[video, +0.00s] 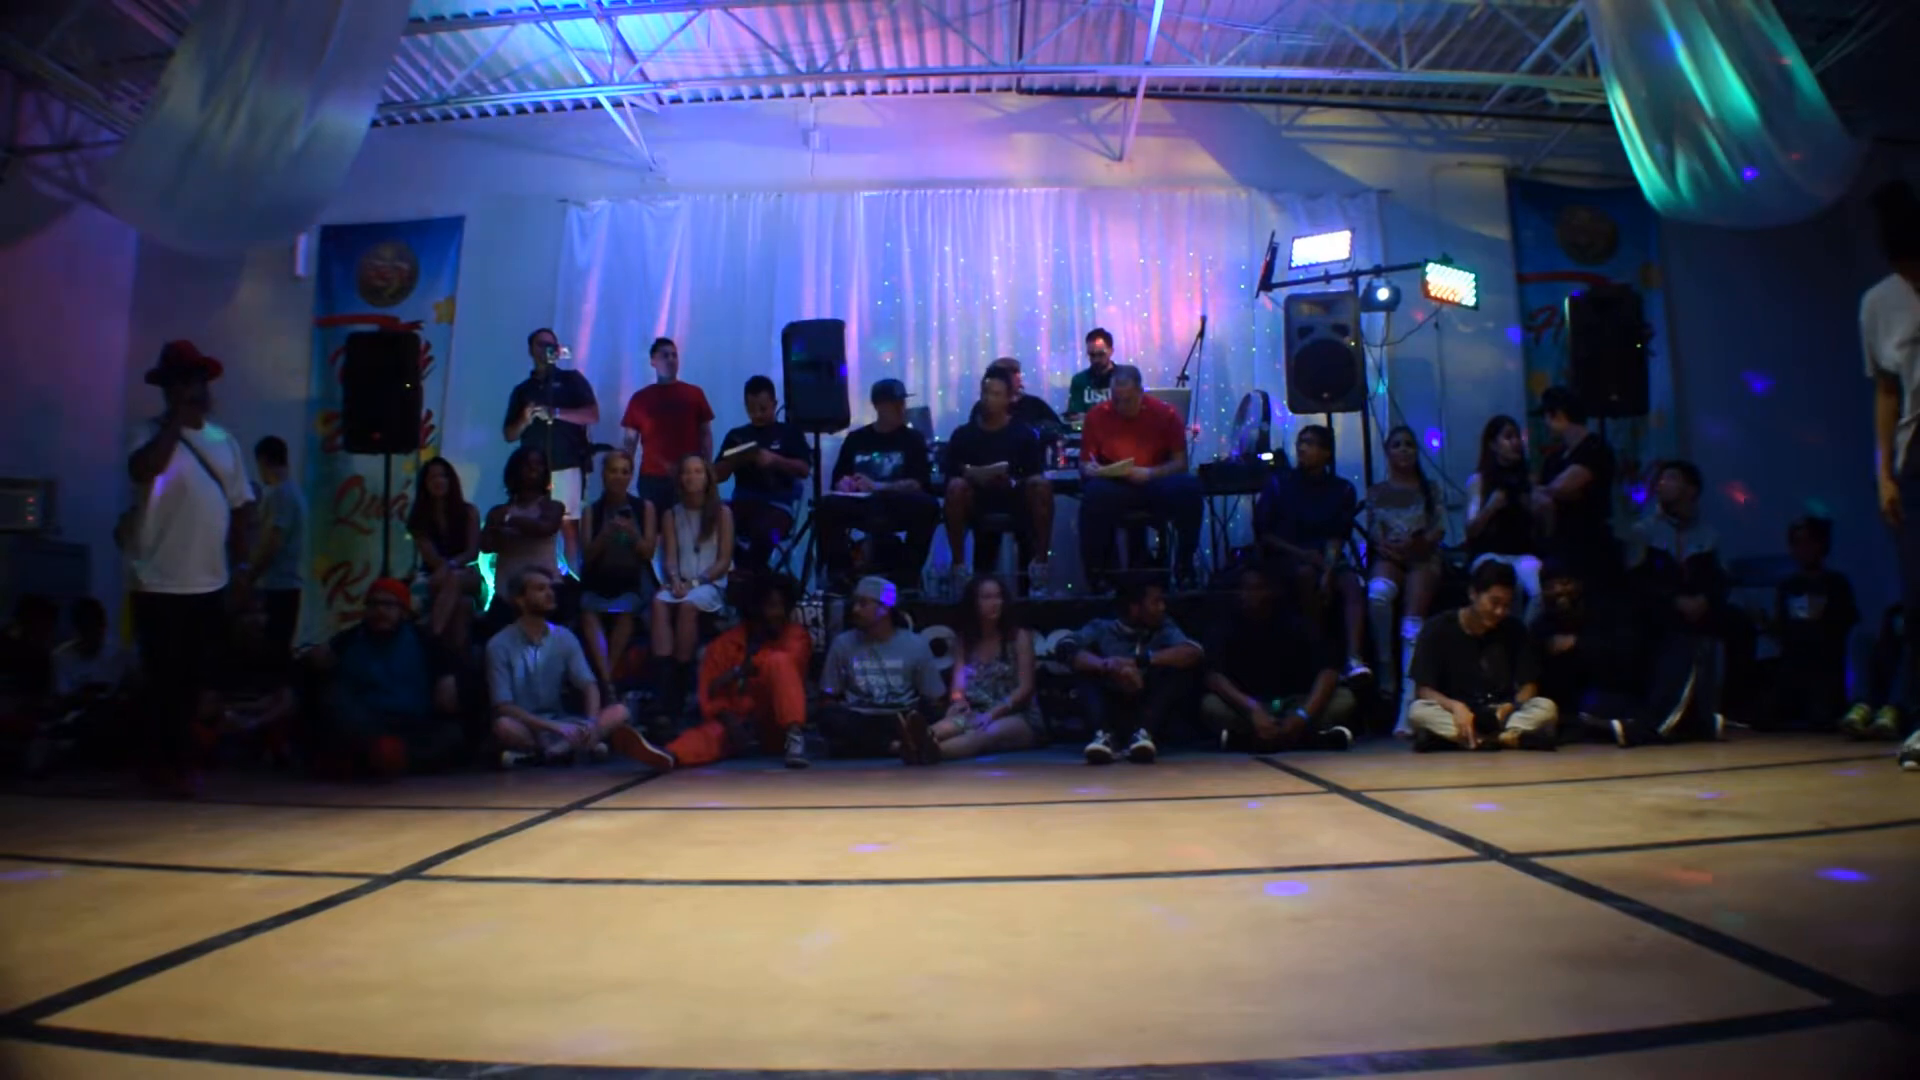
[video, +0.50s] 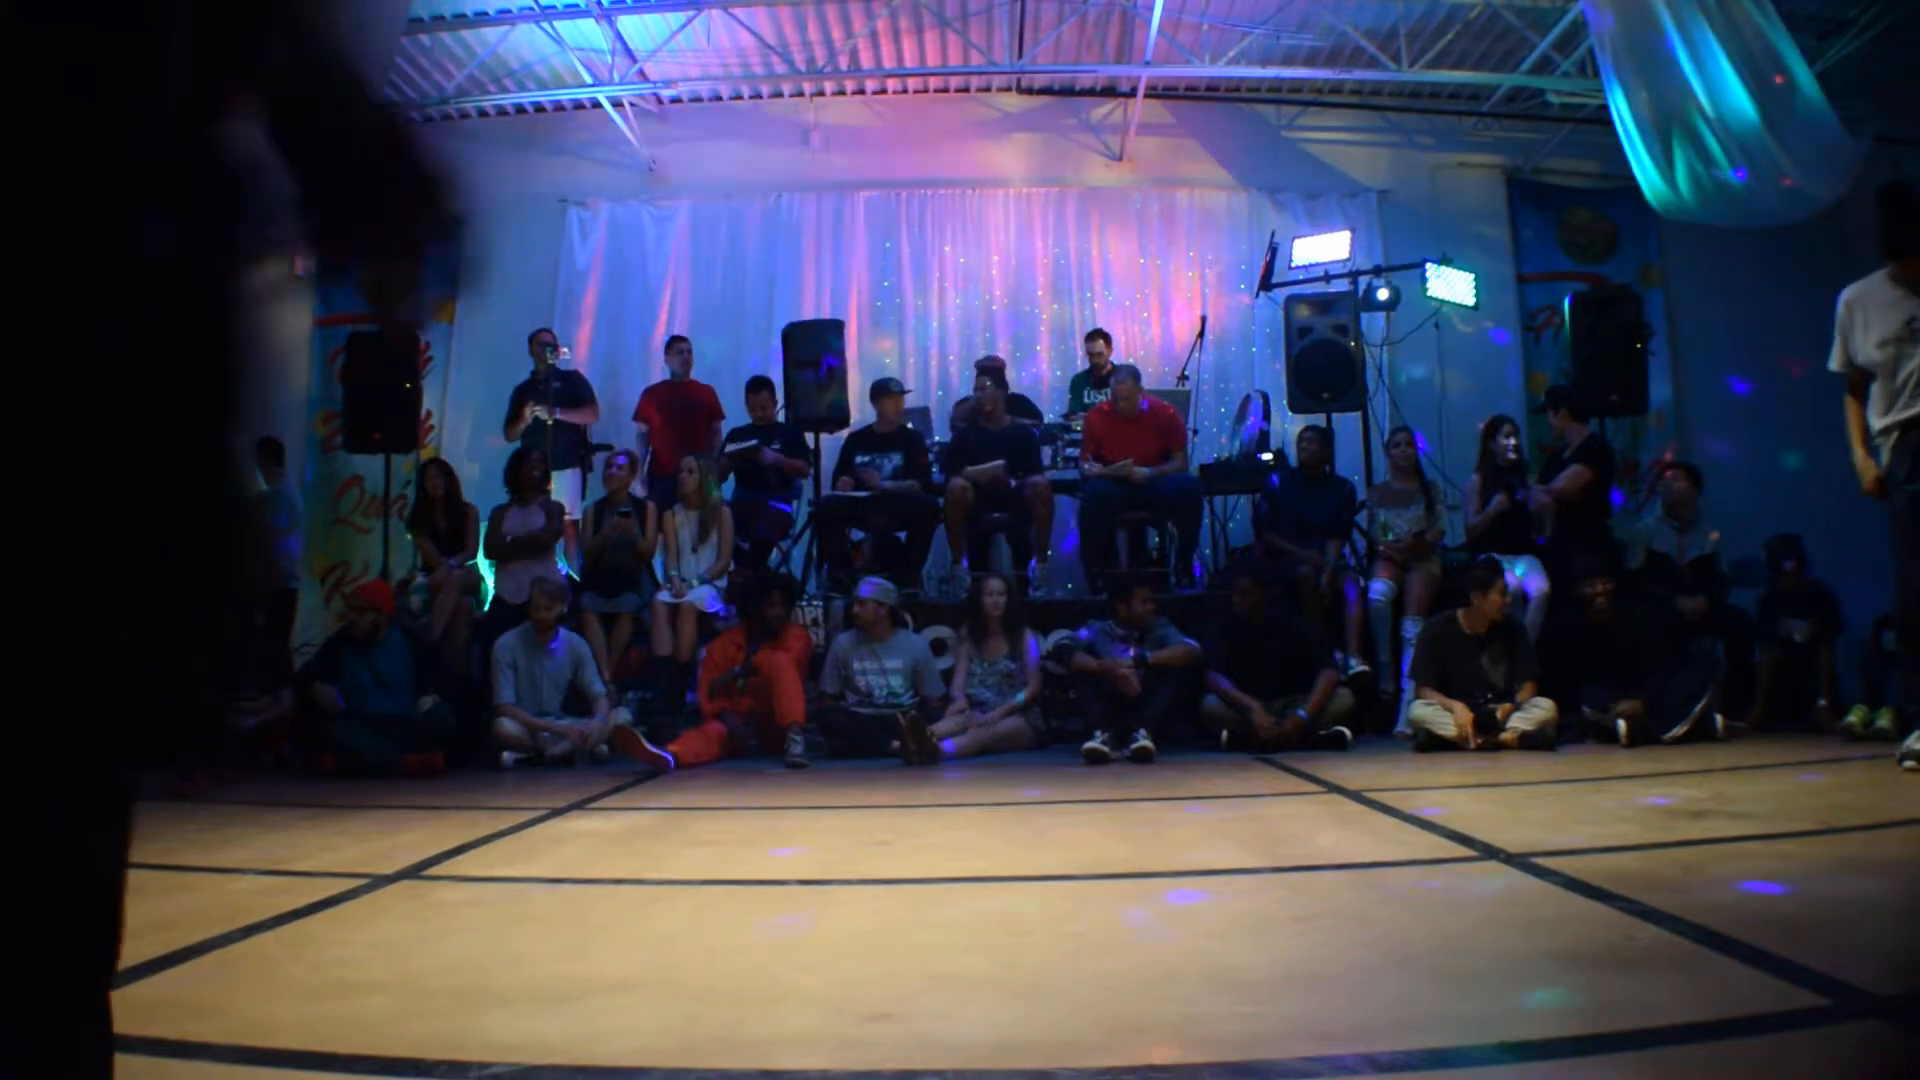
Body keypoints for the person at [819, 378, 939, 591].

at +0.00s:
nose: (901, 408)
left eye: (901, 402)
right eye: (894, 403)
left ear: (903, 404)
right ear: (878, 405)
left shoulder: (913, 439)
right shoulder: (856, 438)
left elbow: (919, 483)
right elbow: (838, 481)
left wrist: (876, 486)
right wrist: (848, 485)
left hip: (898, 502)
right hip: (860, 503)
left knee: (927, 508)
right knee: (827, 507)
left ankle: (909, 577)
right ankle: (838, 576)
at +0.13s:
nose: (896, 408)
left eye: (899, 402)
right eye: (889, 403)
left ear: (903, 403)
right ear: (875, 405)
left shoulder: (913, 439)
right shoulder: (856, 439)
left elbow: (919, 484)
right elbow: (837, 482)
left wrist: (876, 486)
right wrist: (848, 485)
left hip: (897, 502)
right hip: (859, 502)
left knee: (927, 508)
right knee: (826, 508)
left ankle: (907, 580)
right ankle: (839, 577)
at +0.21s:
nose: (896, 407)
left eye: (899, 401)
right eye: (889, 402)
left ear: (903, 403)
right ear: (876, 404)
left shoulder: (913, 439)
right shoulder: (855, 439)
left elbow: (918, 483)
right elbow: (837, 481)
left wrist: (875, 486)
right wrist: (846, 484)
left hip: (897, 502)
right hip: (860, 502)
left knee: (927, 508)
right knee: (827, 507)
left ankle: (907, 579)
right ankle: (839, 576)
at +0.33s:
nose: (897, 406)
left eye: (900, 400)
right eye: (890, 401)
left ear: (903, 402)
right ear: (875, 404)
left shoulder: (913, 439)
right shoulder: (856, 438)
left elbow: (918, 483)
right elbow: (837, 480)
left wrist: (876, 485)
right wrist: (845, 483)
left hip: (896, 502)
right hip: (859, 502)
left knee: (927, 508)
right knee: (827, 506)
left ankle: (907, 580)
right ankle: (839, 576)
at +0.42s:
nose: (898, 405)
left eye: (901, 399)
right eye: (891, 400)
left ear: (904, 401)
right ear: (876, 404)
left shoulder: (913, 438)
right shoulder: (856, 439)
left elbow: (919, 483)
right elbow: (838, 480)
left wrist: (877, 484)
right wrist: (843, 483)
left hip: (899, 502)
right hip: (861, 502)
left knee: (928, 508)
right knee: (827, 506)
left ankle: (909, 578)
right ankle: (839, 576)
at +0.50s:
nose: (898, 405)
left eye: (900, 399)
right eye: (891, 400)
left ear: (903, 401)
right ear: (876, 403)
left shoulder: (913, 439)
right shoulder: (856, 439)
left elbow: (921, 483)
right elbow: (838, 480)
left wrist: (881, 484)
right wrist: (843, 483)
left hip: (899, 502)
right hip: (861, 502)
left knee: (927, 508)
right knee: (827, 506)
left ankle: (909, 578)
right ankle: (839, 576)